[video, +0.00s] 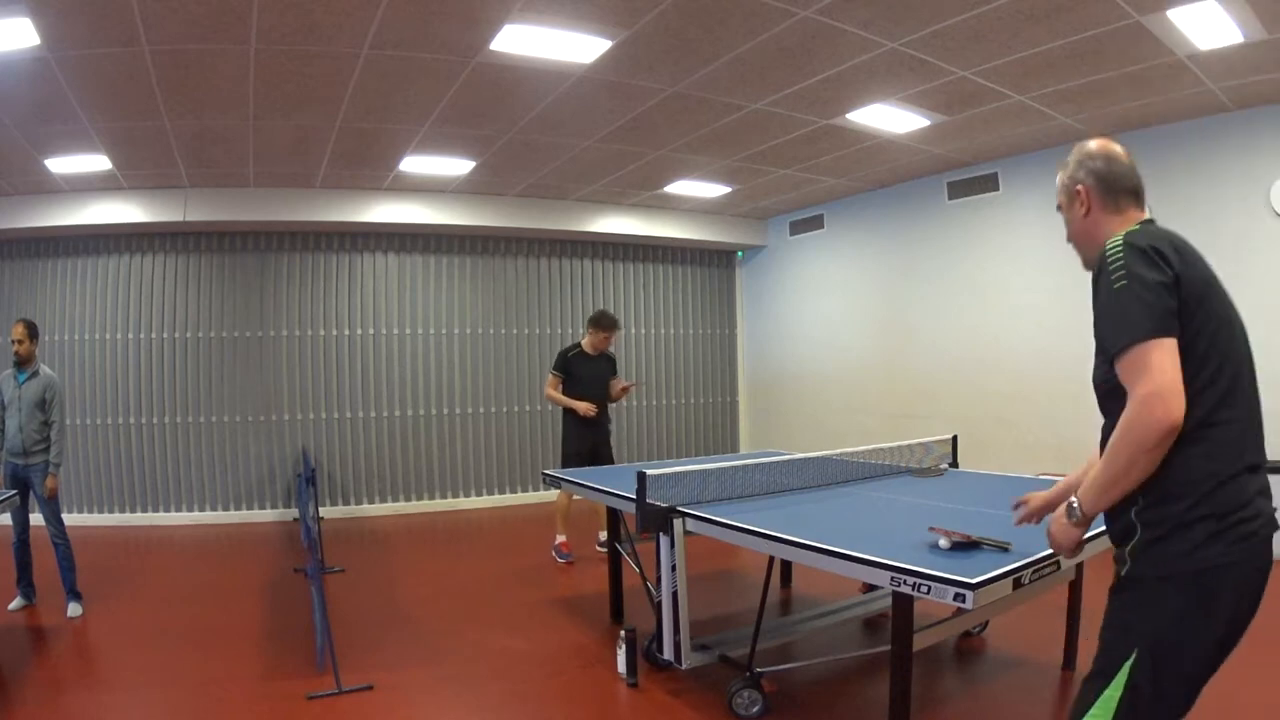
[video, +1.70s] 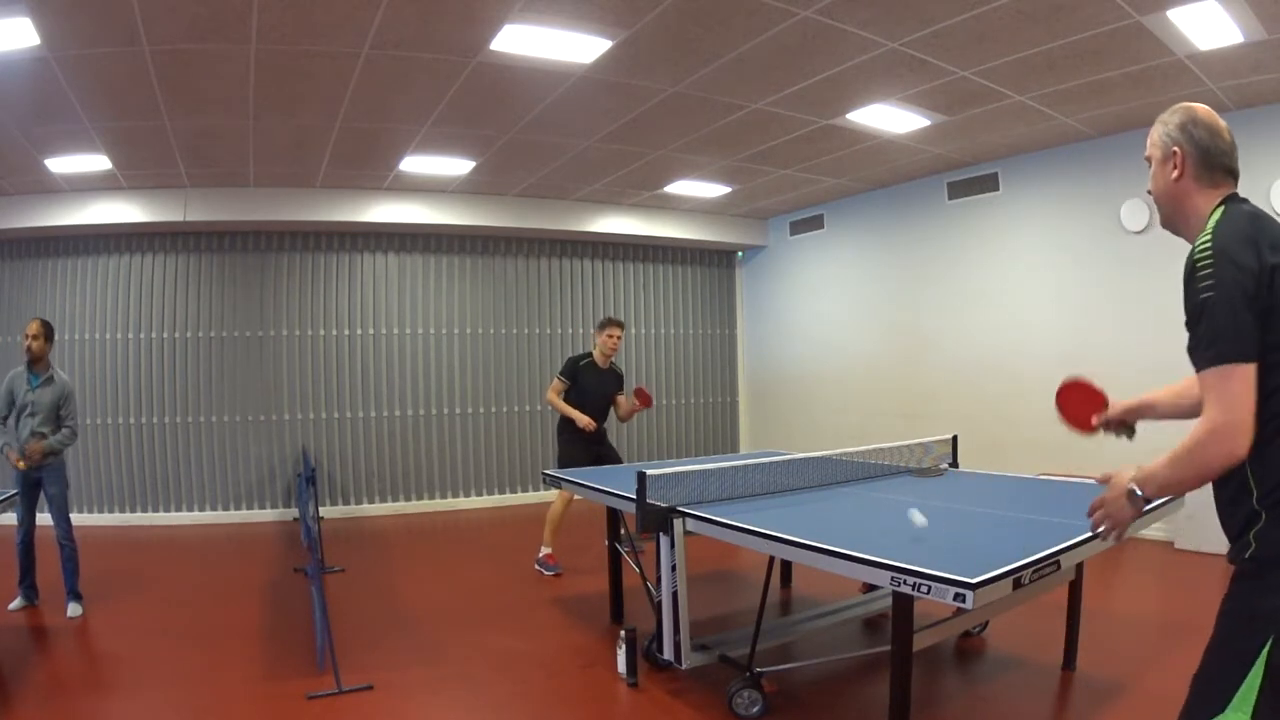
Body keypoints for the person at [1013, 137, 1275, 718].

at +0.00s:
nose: (1063, 228)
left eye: (1061, 210)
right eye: (1059, 213)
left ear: (1081, 199)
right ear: (1131, 195)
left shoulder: (1129, 257)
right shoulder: (1163, 253)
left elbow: (1159, 408)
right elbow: (1141, 415)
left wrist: (1080, 512)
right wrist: (1063, 493)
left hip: (1189, 545)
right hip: (1219, 534)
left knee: (1107, 708)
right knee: (1138, 704)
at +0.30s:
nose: (1019, 294)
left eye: (1014, 275)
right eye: (1013, 280)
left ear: (1032, 255)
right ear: (1070, 250)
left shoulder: (1070, 282)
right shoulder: (1112, 288)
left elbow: (1094, 413)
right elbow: (1113, 456)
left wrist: (1045, 511)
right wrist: (1023, 512)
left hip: (1192, 508)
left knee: (1157, 702)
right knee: (1129, 669)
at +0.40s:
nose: (1013, 302)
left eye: (1010, 286)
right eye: (1009, 290)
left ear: (1025, 267)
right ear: (1068, 262)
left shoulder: (1049, 302)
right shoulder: (1112, 300)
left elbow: (1039, 454)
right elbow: (1121, 477)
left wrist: (1000, 522)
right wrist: (1026, 502)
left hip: (1188, 505)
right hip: (1218, 493)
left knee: (1178, 700)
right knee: (1132, 666)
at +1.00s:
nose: (1037, 246)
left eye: (1038, 229)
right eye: (1037, 230)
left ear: (1058, 227)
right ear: (1111, 224)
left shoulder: (1078, 308)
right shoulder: (1168, 282)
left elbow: (1071, 482)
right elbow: (1193, 420)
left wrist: (1037, 559)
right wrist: (1109, 452)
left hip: (1207, 536)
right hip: (1264, 518)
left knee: (1143, 707)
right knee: (1181, 703)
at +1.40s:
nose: (1104, 196)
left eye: (1104, 178)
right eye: (1102, 181)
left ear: (1128, 175)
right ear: (1182, 173)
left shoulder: (1156, 267)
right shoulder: (1229, 241)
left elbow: (1100, 450)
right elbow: (1251, 397)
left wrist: (1042, 490)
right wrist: (1181, 490)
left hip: (1258, 542)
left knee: (1209, 709)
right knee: (1249, 703)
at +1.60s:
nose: (1135, 187)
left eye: (1136, 169)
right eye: (1134, 171)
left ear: (1162, 168)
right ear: (1207, 167)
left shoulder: (1201, 254)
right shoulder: (1250, 236)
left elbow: (1170, 443)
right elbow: (1243, 411)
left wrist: (1112, 478)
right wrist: (1148, 473)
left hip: (1269, 544)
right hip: (1269, 535)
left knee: (1225, 710)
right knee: (1246, 703)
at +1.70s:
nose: (1146, 184)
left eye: (1149, 163)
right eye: (1147, 165)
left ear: (1177, 165)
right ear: (1208, 164)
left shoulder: (1220, 252)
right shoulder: (1256, 234)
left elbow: (1228, 432)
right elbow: (1228, 382)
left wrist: (1138, 488)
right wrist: (1137, 408)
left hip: (1269, 546)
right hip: (1272, 538)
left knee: (1213, 708)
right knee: (1252, 701)